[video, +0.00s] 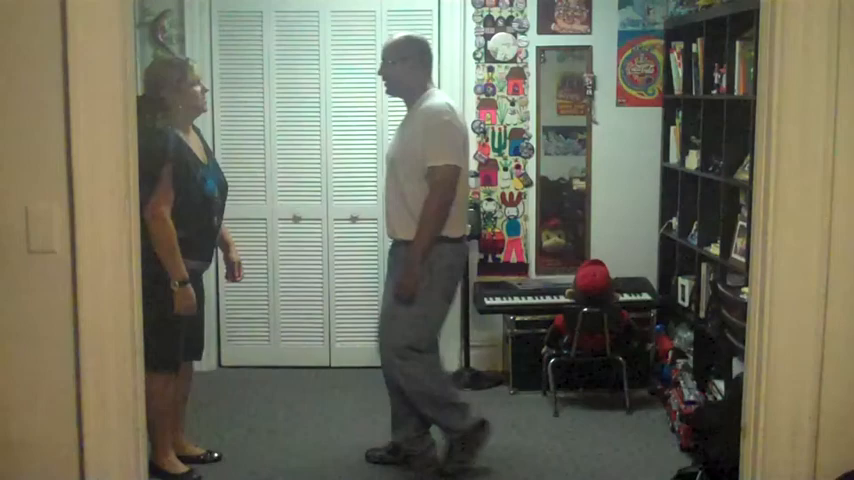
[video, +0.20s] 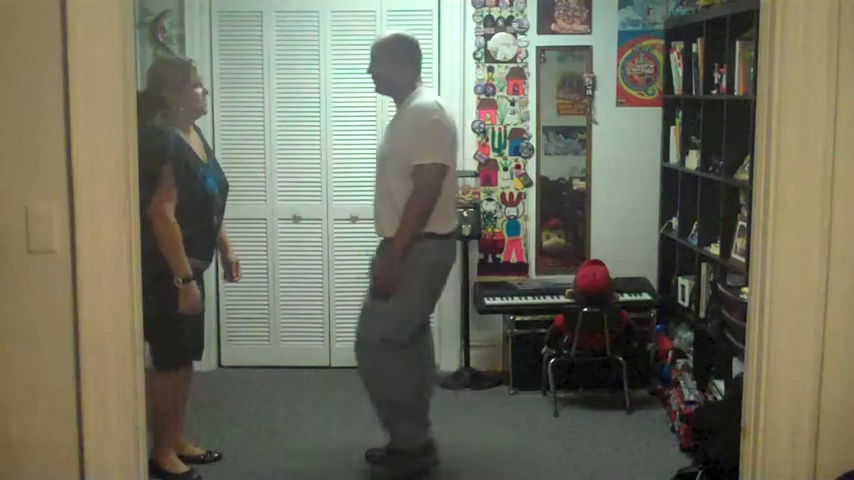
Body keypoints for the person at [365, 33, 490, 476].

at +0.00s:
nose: (381, 74)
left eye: (388, 65)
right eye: (382, 66)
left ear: (416, 67)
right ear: (409, 69)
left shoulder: (439, 115)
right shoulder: (418, 115)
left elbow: (443, 192)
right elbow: (422, 190)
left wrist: (414, 262)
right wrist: (403, 252)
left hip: (433, 251)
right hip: (412, 247)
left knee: (402, 347)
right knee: (401, 347)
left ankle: (465, 428)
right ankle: (411, 442)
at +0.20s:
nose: (370, 74)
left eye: (375, 65)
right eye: (371, 66)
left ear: (399, 65)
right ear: (402, 65)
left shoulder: (427, 113)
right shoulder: (411, 112)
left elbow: (428, 188)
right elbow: (416, 187)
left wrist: (393, 254)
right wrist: (393, 249)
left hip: (421, 248)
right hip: (410, 247)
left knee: (379, 340)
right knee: (409, 342)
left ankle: (411, 446)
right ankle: (411, 441)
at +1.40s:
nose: (391, 64)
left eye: (400, 57)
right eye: (393, 57)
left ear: (427, 62)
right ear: (417, 65)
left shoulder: (451, 109)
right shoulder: (418, 120)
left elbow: (476, 164)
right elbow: (406, 194)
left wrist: (417, 209)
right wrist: (373, 241)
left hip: (443, 244)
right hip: (417, 245)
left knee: (387, 329)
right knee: (414, 340)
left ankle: (460, 411)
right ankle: (413, 442)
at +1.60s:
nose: (418, 66)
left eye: (426, 59)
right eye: (420, 59)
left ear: (449, 64)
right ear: (449, 65)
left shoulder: (466, 112)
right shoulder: (451, 111)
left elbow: (462, 183)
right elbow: (456, 182)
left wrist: (404, 210)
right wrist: (412, 213)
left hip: (462, 249)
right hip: (444, 248)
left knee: (453, 347)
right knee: (421, 343)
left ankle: (503, 444)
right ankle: (413, 443)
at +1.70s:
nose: (426, 74)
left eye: (432, 66)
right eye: (427, 66)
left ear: (456, 70)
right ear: (464, 71)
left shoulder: (464, 116)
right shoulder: (480, 114)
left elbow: (446, 189)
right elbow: (499, 193)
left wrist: (409, 222)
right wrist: (433, 216)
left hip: (477, 255)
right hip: (472, 253)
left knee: (477, 349)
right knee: (424, 329)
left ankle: (506, 444)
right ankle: (418, 436)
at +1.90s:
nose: (443, 80)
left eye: (448, 72)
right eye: (444, 73)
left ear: (468, 75)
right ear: (486, 74)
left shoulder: (463, 125)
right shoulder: (526, 121)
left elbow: (439, 192)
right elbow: (555, 181)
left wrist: (427, 247)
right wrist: (564, 234)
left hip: (486, 255)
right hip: (526, 251)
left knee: (472, 349)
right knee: (492, 337)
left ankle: (504, 444)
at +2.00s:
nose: (452, 79)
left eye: (456, 72)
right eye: (452, 72)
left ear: (473, 73)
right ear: (495, 72)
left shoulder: (460, 125)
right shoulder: (534, 119)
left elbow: (445, 199)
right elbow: (573, 185)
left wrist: (434, 258)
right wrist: (576, 239)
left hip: (485, 256)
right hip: (533, 252)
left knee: (477, 357)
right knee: (530, 343)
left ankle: (504, 446)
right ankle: (578, 426)